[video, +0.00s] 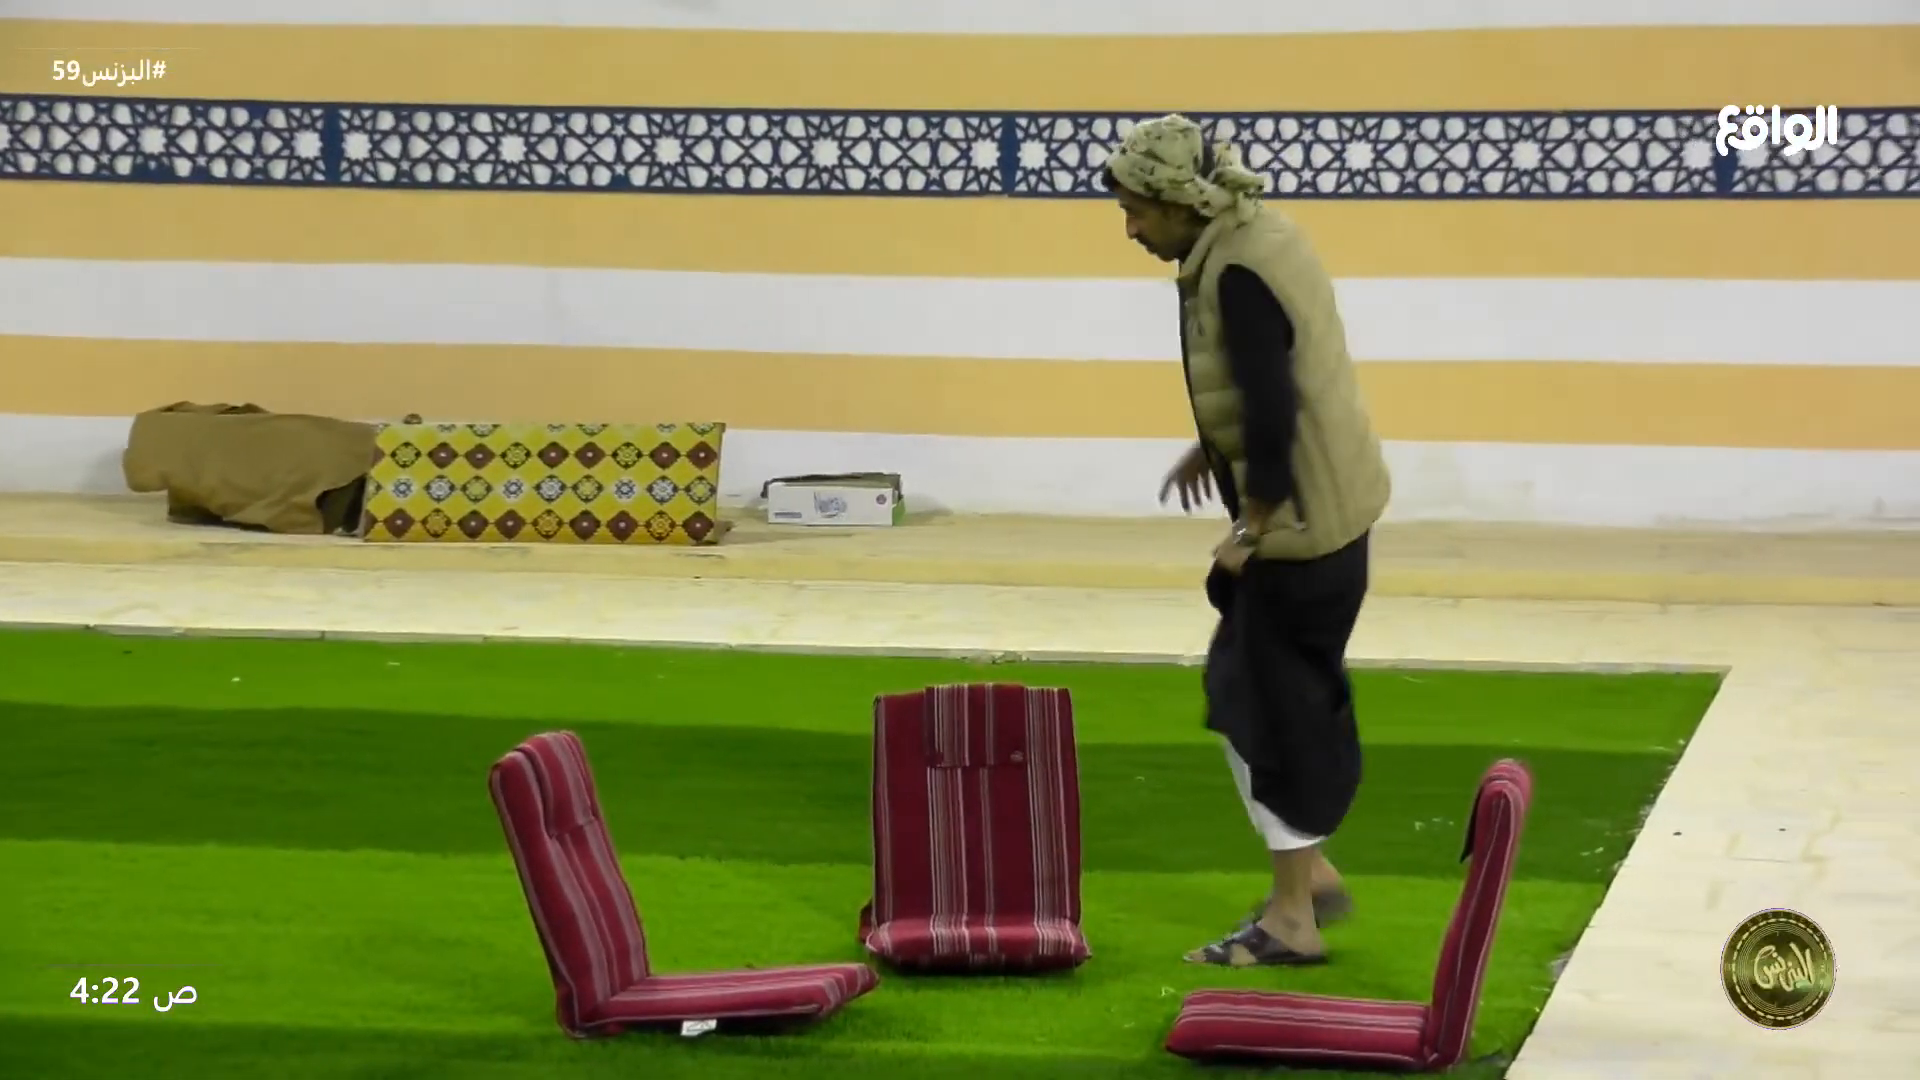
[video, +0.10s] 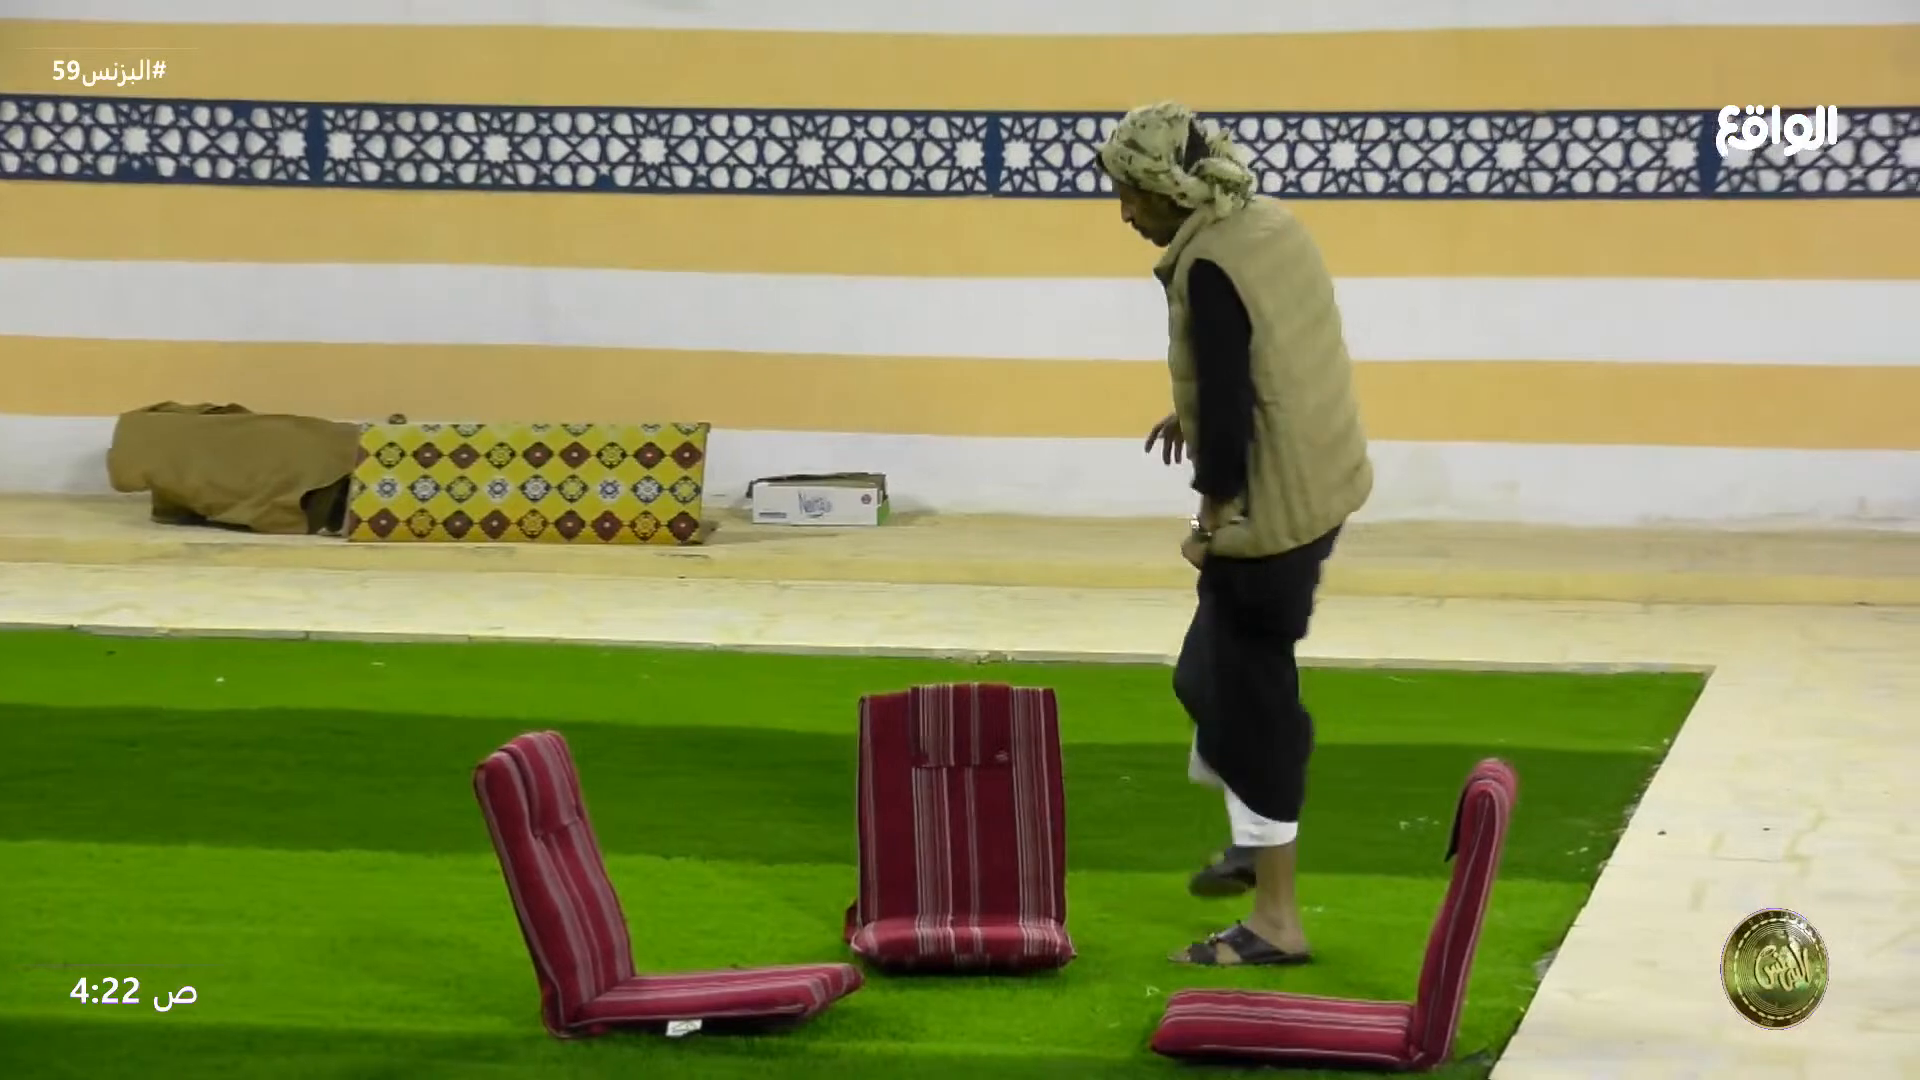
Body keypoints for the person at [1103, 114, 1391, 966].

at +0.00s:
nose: (1130, 230)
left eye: (1134, 213)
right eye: (1126, 215)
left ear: (1177, 198)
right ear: (1187, 196)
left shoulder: (1236, 271)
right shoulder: (1253, 239)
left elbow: (1272, 402)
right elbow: (1265, 374)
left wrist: (1252, 523)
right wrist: (1215, 443)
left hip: (1304, 534)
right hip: (1312, 515)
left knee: (1267, 706)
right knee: (1239, 686)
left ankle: (1292, 917)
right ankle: (1310, 873)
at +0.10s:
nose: (1123, 214)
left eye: (1124, 198)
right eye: (1120, 199)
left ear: (1157, 188)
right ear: (1190, 172)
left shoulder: (1209, 264)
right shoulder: (1268, 221)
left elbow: (1230, 397)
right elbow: (1254, 346)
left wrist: (1214, 518)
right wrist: (1193, 405)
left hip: (1267, 519)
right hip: (1317, 492)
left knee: (1256, 701)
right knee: (1206, 672)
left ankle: (1279, 920)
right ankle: (1258, 836)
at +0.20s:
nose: (1128, 200)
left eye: (1128, 184)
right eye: (1123, 185)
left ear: (1160, 179)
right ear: (1210, 157)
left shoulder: (1196, 262)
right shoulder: (1284, 221)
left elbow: (1205, 409)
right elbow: (1290, 353)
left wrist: (1193, 504)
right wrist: (1199, 412)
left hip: (1252, 511)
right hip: (1322, 483)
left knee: (1253, 696)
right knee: (1241, 643)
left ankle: (1270, 920)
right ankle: (1246, 799)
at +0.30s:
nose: (1137, 192)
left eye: (1137, 175)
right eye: (1133, 175)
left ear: (1164, 172)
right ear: (1224, 153)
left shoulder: (1187, 262)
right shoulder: (1293, 229)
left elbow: (1184, 405)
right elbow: (1303, 360)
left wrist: (1166, 503)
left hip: (1229, 520)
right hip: (1304, 497)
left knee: (1238, 710)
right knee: (1277, 632)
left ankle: (1258, 919)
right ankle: (1213, 736)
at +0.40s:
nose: (1139, 183)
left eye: (1142, 166)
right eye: (1138, 166)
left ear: (1169, 165)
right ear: (1229, 150)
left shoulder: (1183, 258)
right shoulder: (1298, 231)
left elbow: (1180, 403)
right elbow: (1334, 367)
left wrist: (1160, 501)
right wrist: (1298, 456)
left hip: (1221, 520)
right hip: (1297, 501)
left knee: (1231, 704)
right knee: (1272, 640)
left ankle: (1255, 919)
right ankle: (1271, 793)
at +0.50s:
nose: (1147, 173)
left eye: (1150, 158)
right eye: (1147, 157)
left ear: (1174, 162)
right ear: (1240, 148)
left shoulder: (1183, 258)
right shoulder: (1300, 234)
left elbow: (1174, 403)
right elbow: (1341, 369)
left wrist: (1153, 501)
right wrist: (1360, 486)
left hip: (1216, 517)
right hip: (1293, 502)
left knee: (1226, 697)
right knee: (1271, 658)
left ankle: (1249, 919)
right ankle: (1282, 843)